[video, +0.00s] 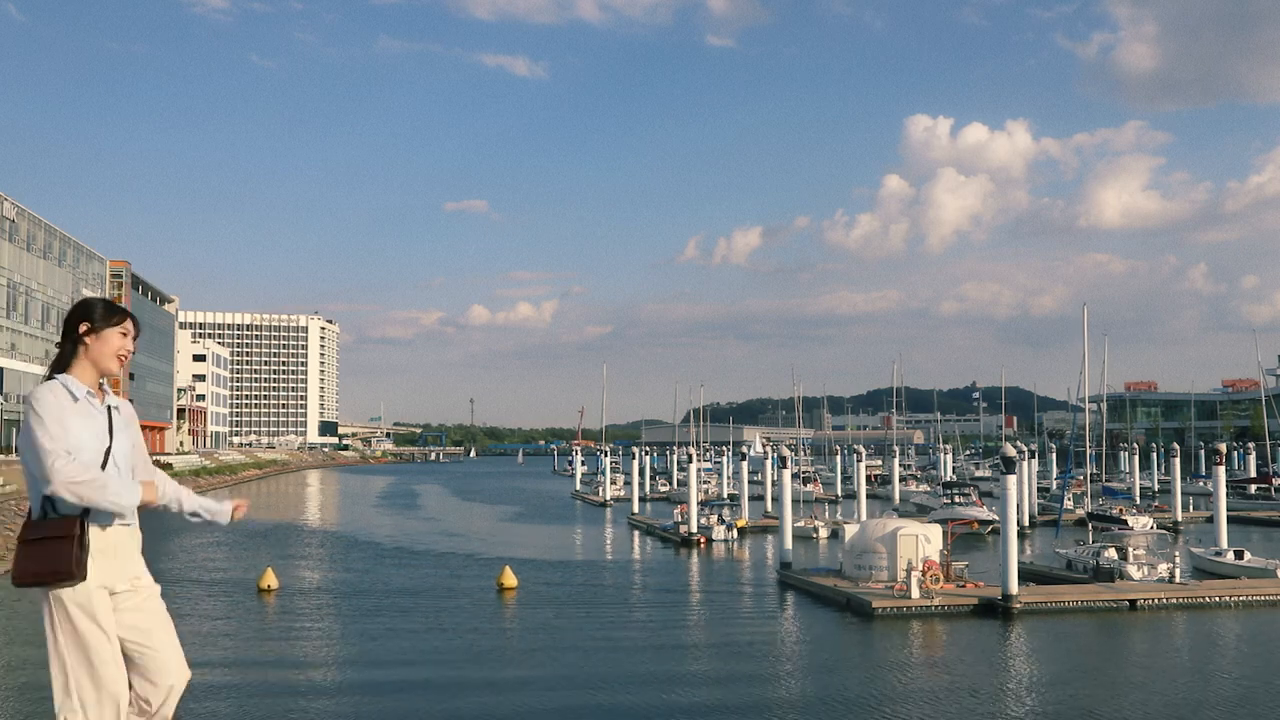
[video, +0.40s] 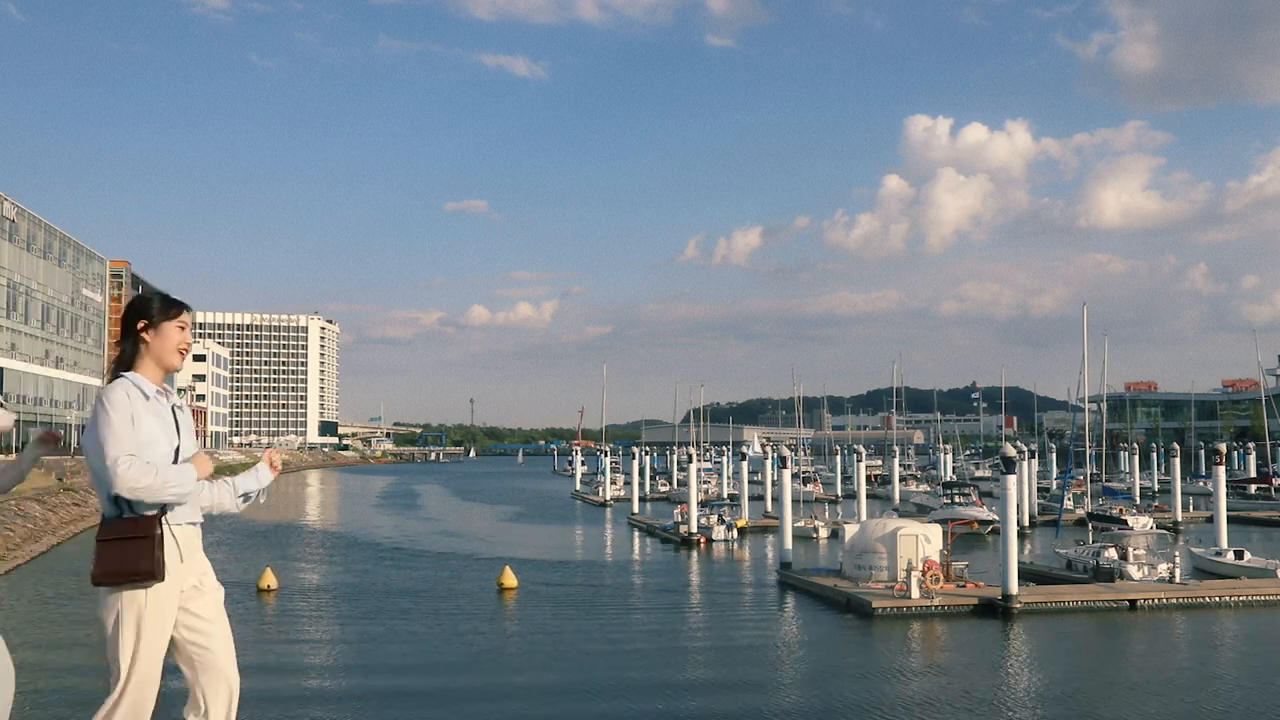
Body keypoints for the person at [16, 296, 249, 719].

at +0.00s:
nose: (130, 349)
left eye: (132, 341)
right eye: (122, 335)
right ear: (86, 333)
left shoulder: (121, 409)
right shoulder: (47, 398)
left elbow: (149, 481)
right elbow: (60, 479)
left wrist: (219, 509)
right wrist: (136, 493)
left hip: (126, 555)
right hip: (76, 556)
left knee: (168, 676)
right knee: (99, 696)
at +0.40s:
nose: (189, 341)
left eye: (190, 332)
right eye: (180, 329)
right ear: (145, 331)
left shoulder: (178, 408)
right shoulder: (118, 396)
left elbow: (195, 498)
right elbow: (124, 478)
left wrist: (259, 475)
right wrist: (191, 472)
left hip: (189, 552)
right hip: (142, 553)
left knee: (219, 685)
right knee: (133, 695)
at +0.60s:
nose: (218, 335)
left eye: (219, 325)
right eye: (209, 323)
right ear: (175, 326)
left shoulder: (207, 398)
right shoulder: (154, 388)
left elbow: (221, 490)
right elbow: (157, 472)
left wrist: (285, 477)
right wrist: (231, 464)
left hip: (216, 537)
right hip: (173, 536)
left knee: (231, 682)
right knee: (148, 681)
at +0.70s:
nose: (230, 344)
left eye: (231, 333)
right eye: (221, 332)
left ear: (196, 339)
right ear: (187, 337)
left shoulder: (213, 405)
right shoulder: (165, 401)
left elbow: (233, 495)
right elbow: (172, 495)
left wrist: (294, 545)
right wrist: (248, 538)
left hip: (232, 560)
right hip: (190, 561)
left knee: (250, 699)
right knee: (192, 701)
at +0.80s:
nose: (240, 351)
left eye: (241, 341)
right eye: (229, 340)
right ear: (195, 348)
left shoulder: (222, 411)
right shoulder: (184, 409)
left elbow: (256, 497)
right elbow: (197, 502)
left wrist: (291, 565)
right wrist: (260, 559)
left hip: (236, 572)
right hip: (209, 574)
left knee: (259, 698)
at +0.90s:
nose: (252, 342)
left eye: (252, 332)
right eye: (241, 332)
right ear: (206, 340)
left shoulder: (231, 398)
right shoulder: (202, 397)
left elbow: (255, 483)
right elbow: (195, 487)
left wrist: (293, 525)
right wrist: (269, 499)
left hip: (236, 561)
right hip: (212, 566)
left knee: (245, 683)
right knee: (295, 671)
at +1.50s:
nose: (313, 336)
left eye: (315, 325)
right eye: (301, 326)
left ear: (316, 329)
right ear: (268, 335)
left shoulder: (305, 392)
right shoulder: (257, 391)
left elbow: (312, 468)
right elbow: (246, 478)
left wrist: (340, 488)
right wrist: (321, 450)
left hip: (310, 543)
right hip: (277, 546)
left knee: (280, 683)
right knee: (332, 685)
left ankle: (246, 713)